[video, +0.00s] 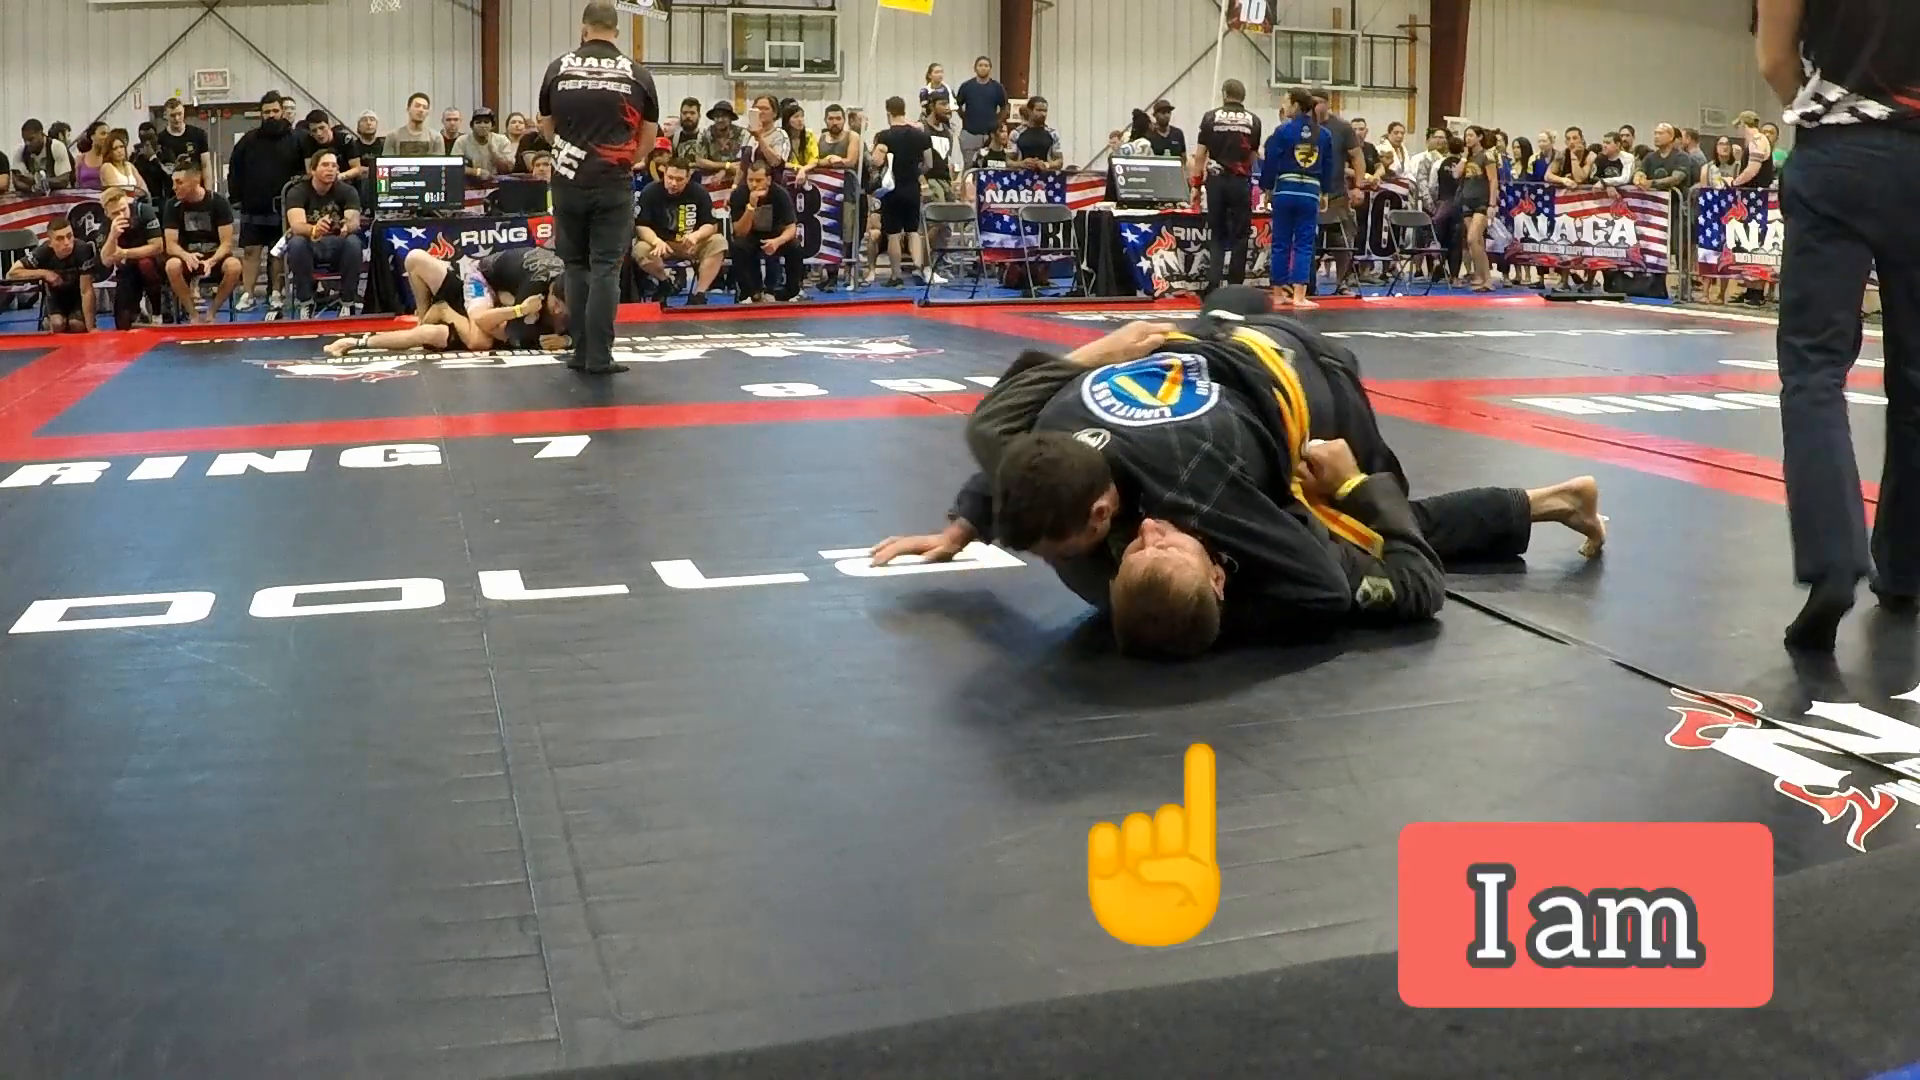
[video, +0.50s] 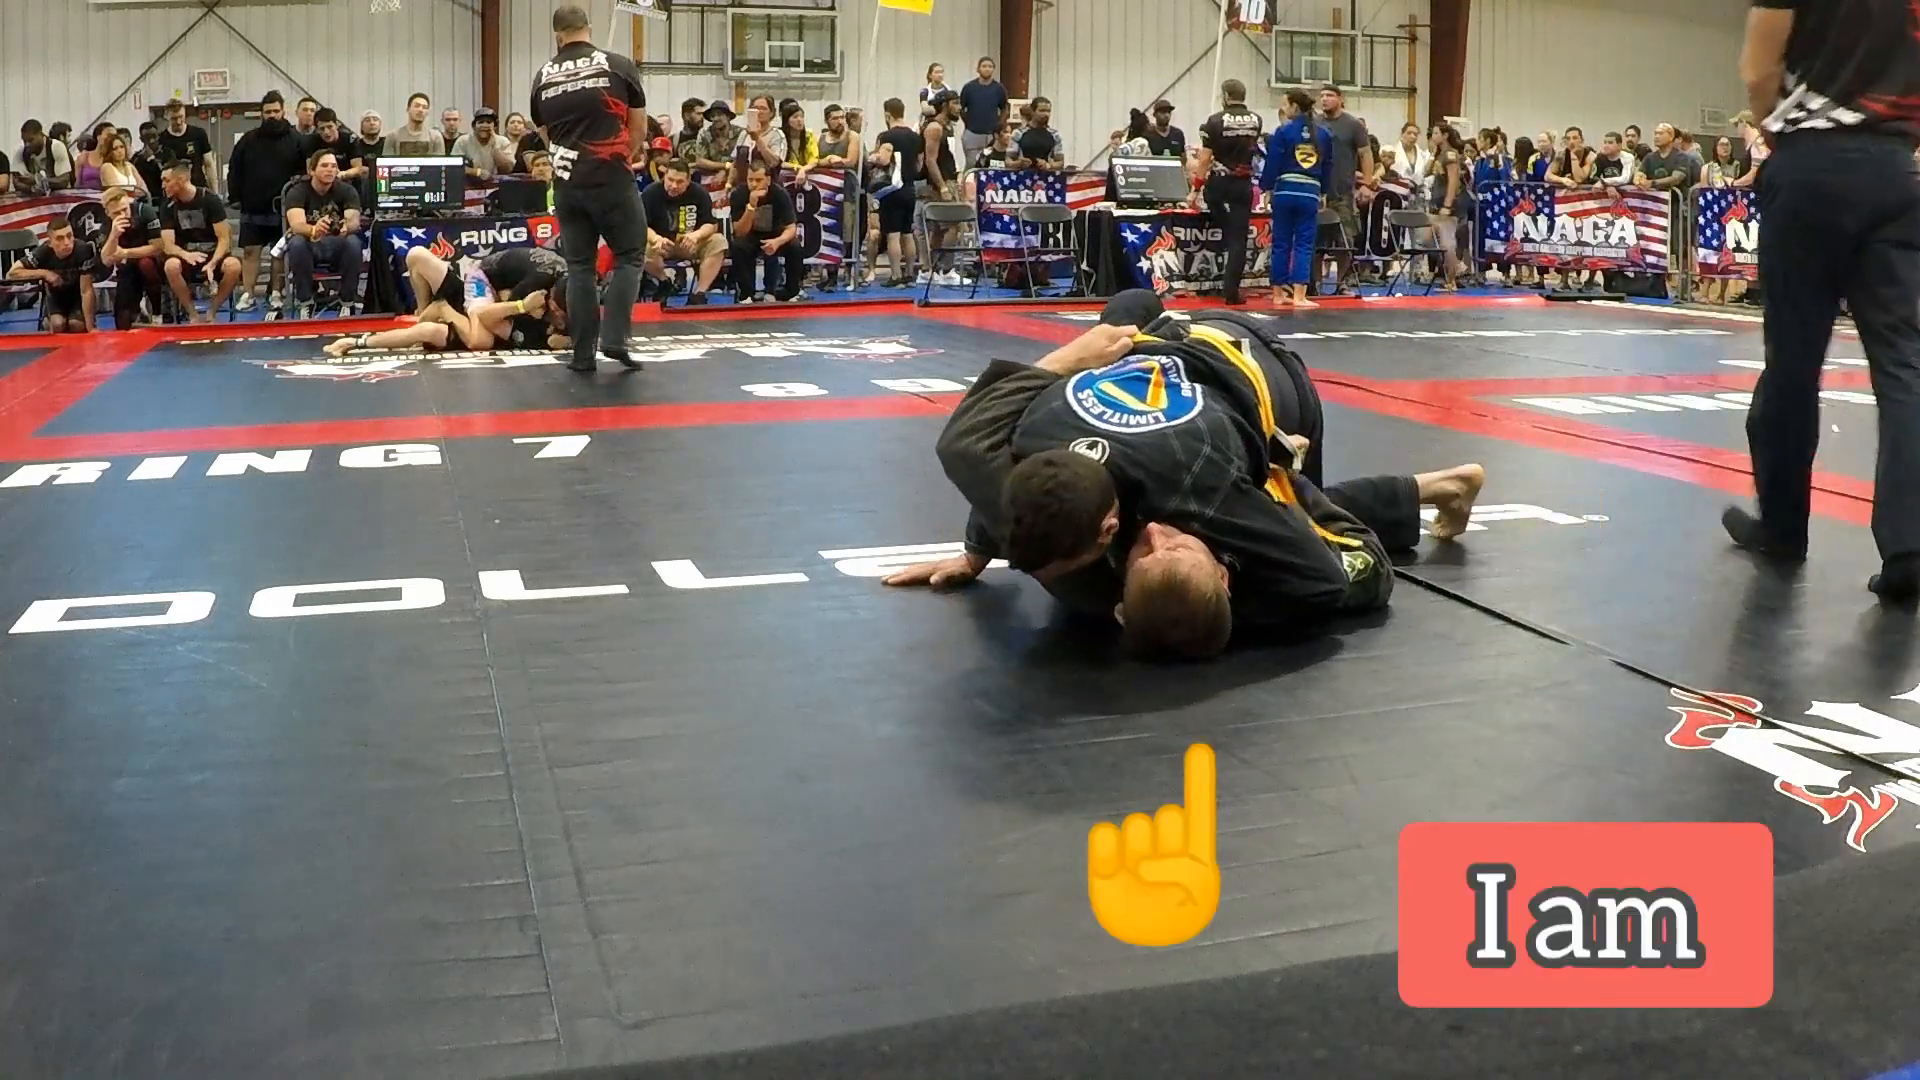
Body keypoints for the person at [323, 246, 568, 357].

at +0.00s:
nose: (555, 311)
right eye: (557, 307)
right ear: (555, 302)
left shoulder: (533, 330)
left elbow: (477, 337)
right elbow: (480, 318)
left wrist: (449, 312)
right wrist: (519, 311)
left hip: (470, 326)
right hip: (475, 287)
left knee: (429, 334)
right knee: (414, 259)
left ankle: (355, 343)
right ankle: (423, 319)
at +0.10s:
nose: (559, 311)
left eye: (565, 310)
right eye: (560, 305)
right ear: (555, 299)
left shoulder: (535, 329)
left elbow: (477, 339)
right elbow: (479, 316)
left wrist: (448, 312)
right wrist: (520, 309)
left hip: (469, 326)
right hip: (474, 288)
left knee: (430, 335)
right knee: (414, 259)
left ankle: (355, 344)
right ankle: (423, 318)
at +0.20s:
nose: (559, 307)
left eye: (566, 307)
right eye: (560, 301)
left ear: (569, 311)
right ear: (555, 297)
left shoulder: (539, 330)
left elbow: (482, 329)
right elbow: (479, 313)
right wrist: (520, 309)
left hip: (470, 324)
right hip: (475, 288)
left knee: (433, 335)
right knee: (414, 258)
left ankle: (355, 343)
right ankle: (424, 318)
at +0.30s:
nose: (559, 309)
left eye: (565, 309)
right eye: (560, 303)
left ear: (565, 315)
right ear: (556, 299)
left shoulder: (536, 331)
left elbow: (481, 319)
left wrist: (447, 312)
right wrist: (520, 308)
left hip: (469, 327)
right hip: (474, 292)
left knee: (431, 334)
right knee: (415, 258)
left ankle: (355, 344)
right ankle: (423, 318)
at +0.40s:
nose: (559, 313)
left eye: (565, 313)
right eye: (559, 306)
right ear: (553, 300)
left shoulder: (534, 332)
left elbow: (481, 321)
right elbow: (480, 311)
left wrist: (449, 311)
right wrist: (519, 306)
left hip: (470, 327)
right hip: (473, 293)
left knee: (431, 333)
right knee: (416, 257)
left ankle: (355, 343)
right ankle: (423, 319)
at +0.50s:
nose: (554, 308)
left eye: (560, 308)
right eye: (555, 303)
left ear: (566, 312)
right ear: (552, 299)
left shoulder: (542, 331)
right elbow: (481, 313)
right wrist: (521, 307)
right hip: (477, 296)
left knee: (429, 330)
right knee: (416, 255)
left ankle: (355, 343)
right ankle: (424, 317)